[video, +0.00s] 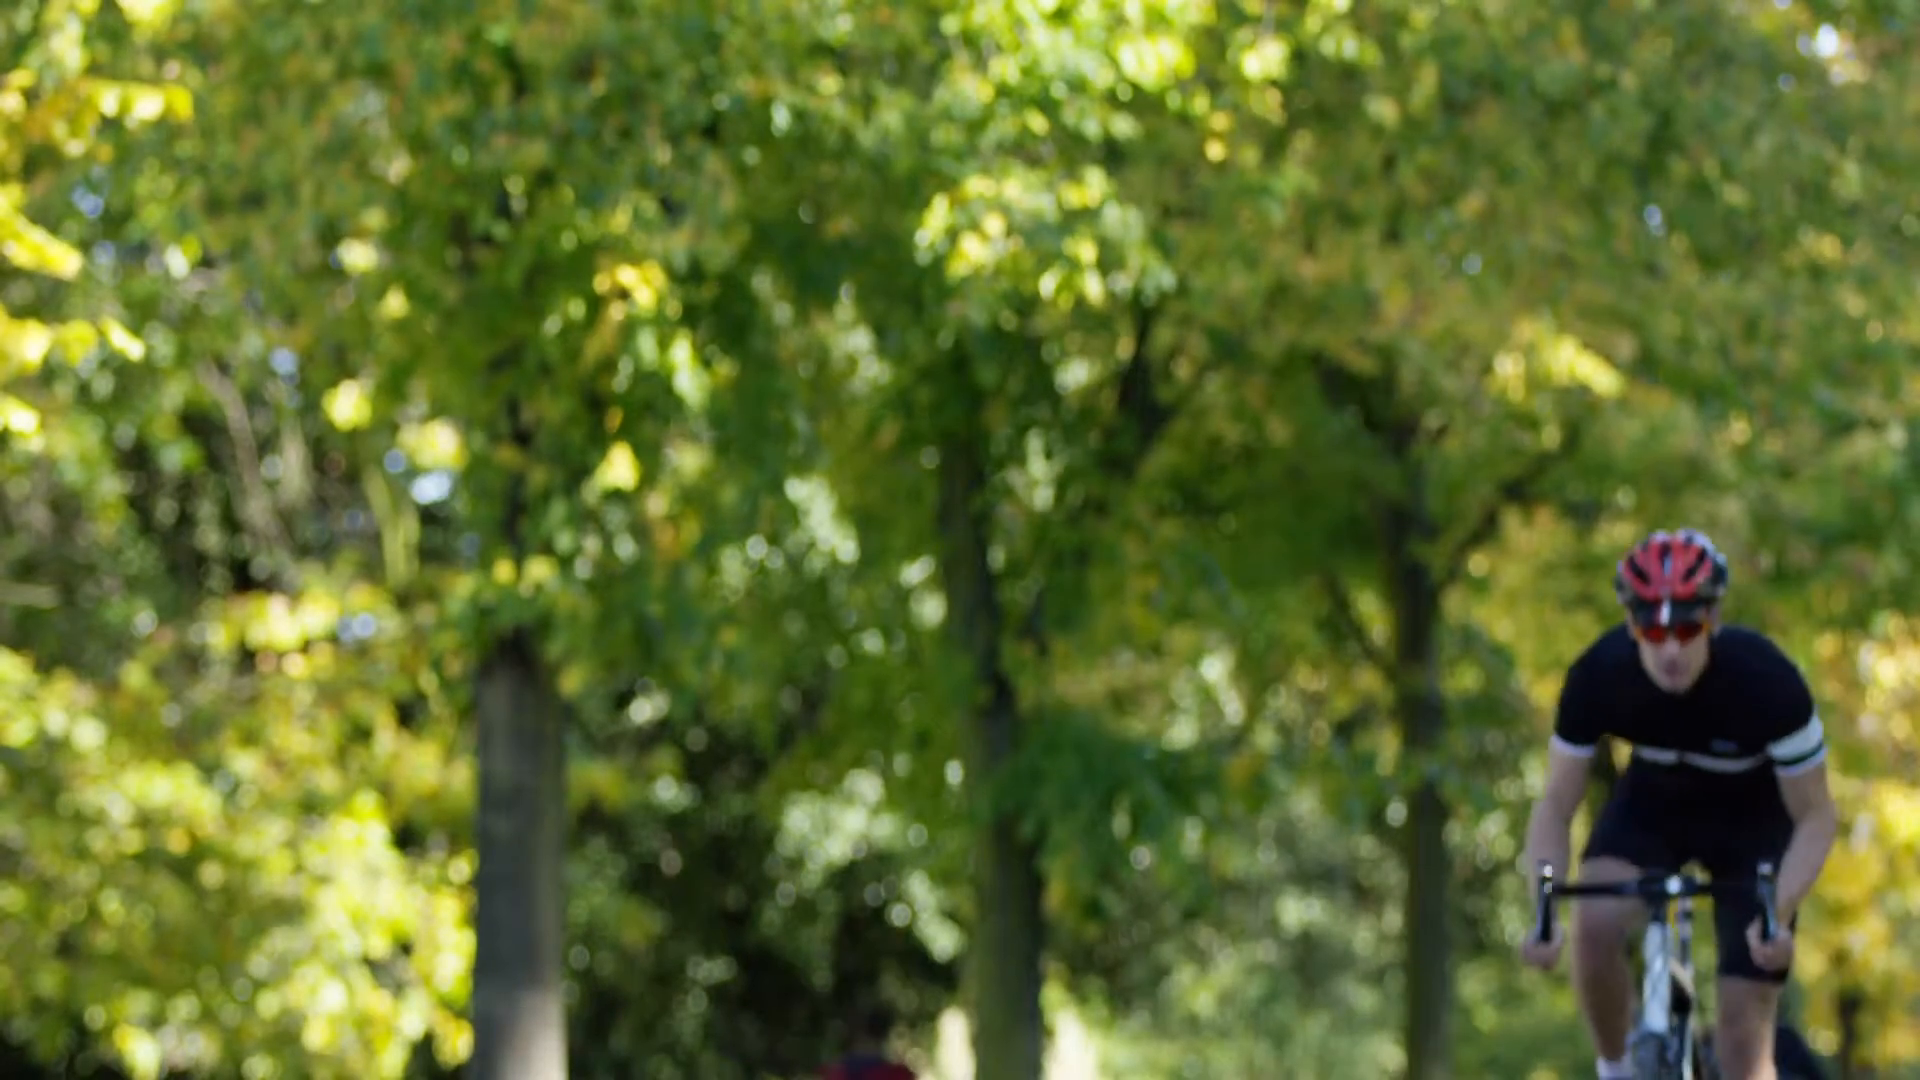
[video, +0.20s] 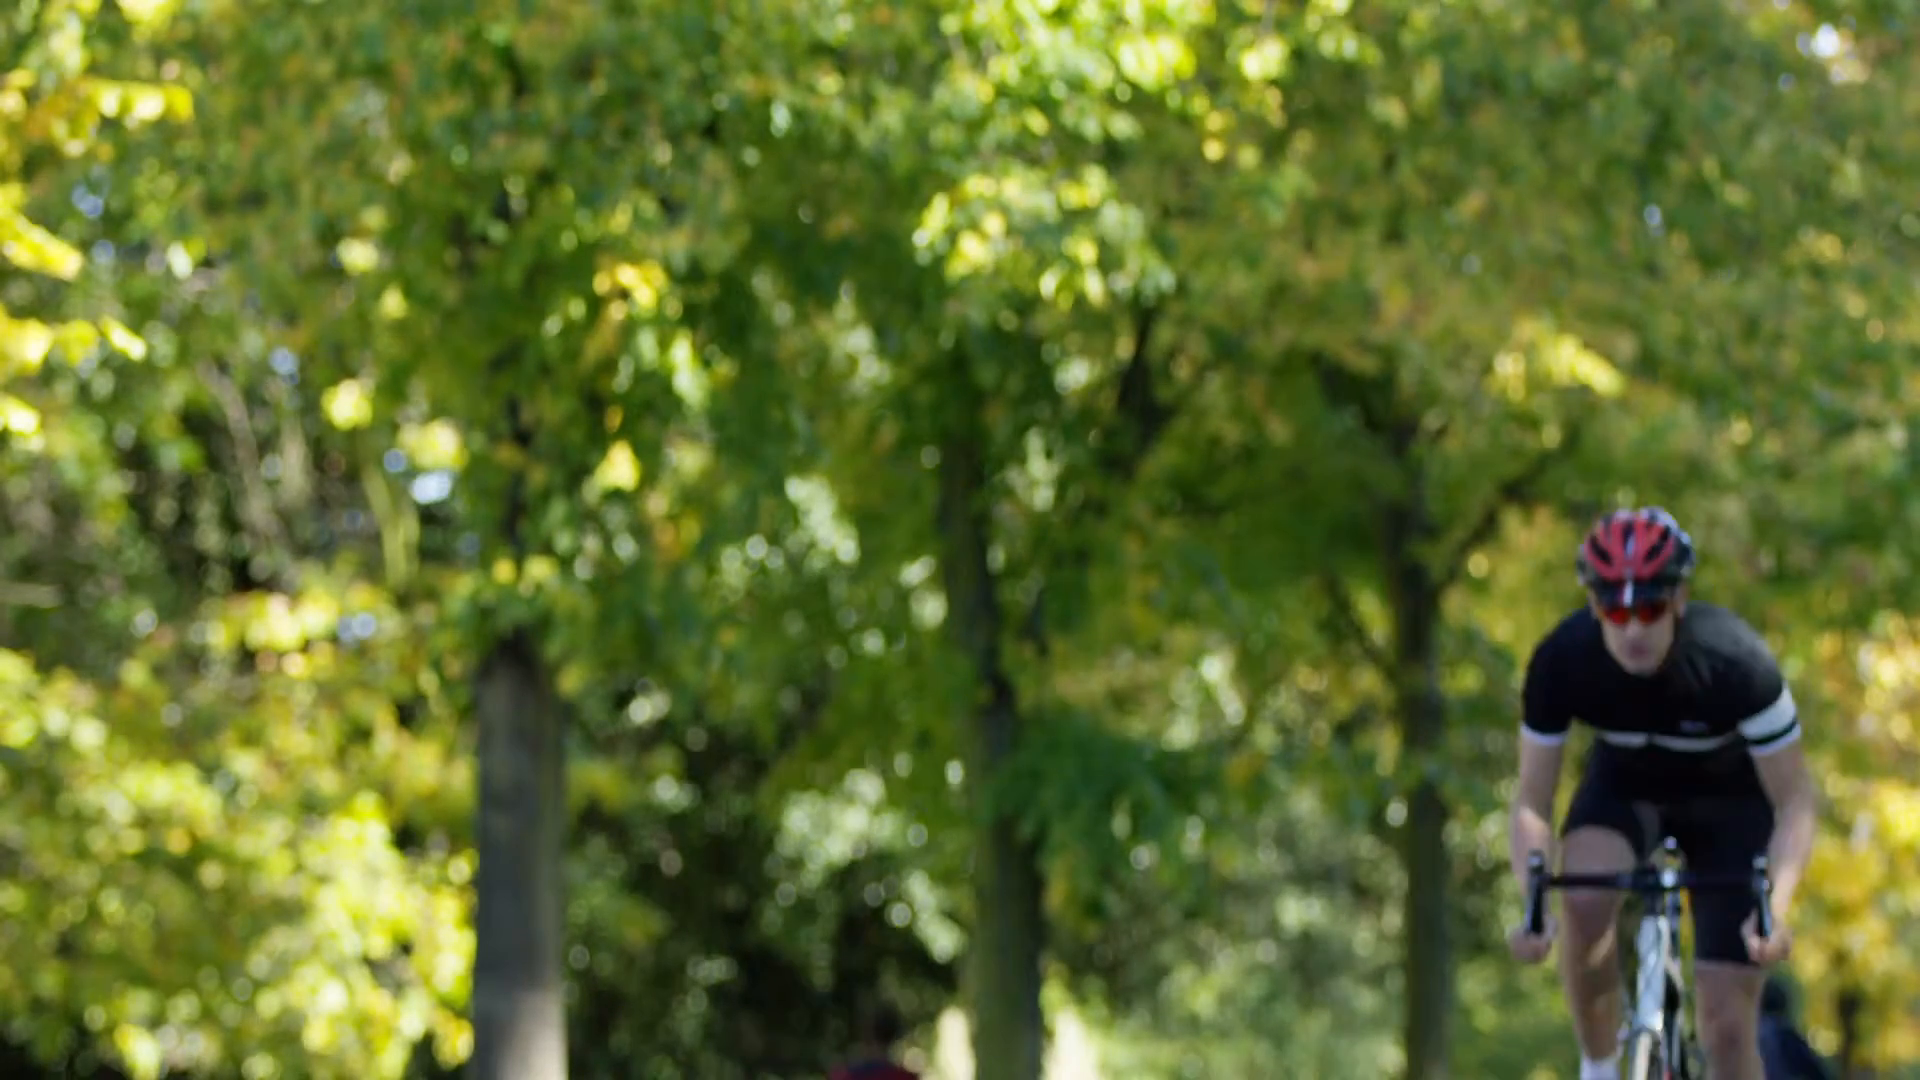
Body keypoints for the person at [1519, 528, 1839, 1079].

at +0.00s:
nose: (1672, 650)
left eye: (1688, 631)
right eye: (1654, 633)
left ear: (1714, 620)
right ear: (1631, 625)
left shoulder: (1765, 677)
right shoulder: (1597, 676)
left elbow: (1816, 813)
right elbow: (1556, 807)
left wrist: (1779, 912)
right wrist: (1543, 912)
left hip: (1751, 806)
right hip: (1651, 796)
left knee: (1746, 1029)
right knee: (1595, 924)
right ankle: (1614, 1069)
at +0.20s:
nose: (1635, 631)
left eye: (1652, 612)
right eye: (1617, 613)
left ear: (1680, 599)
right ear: (1594, 605)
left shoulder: (1735, 661)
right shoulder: (1561, 663)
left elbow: (1794, 796)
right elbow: (1533, 800)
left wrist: (1777, 902)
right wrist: (1533, 904)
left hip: (1728, 793)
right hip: (1622, 782)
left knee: (1728, 1023)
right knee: (1583, 901)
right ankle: (1599, 1070)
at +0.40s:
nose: (1603, 610)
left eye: (1621, 590)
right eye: (1585, 592)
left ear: (1650, 577)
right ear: (1563, 584)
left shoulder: (1703, 633)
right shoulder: (1526, 644)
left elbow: (1773, 776)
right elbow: (1513, 788)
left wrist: (1774, 897)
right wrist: (1529, 888)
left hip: (1703, 773)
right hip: (1594, 771)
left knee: (1719, 995)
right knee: (1579, 907)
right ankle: (1591, 1074)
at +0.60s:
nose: (1576, 594)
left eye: (1595, 574)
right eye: (1559, 575)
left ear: (1627, 561)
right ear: (1537, 568)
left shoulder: (1677, 621)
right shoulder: (1494, 634)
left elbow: (1753, 769)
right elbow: (1491, 778)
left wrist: (1768, 898)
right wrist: (1525, 877)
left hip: (1675, 755)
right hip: (1564, 763)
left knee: (1712, 974)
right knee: (1572, 924)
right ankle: (1569, 1071)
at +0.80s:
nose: (1557, 581)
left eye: (1576, 560)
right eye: (1539, 562)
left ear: (1608, 549)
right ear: (1515, 556)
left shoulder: (1651, 614)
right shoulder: (1468, 627)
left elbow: (1732, 762)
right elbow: (1466, 771)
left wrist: (1757, 881)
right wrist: (1507, 869)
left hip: (1651, 759)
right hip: (1537, 769)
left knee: (1698, 945)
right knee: (1551, 968)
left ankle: (1714, 1074)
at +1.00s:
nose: (1542, 567)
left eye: (1560, 547)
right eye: (1523, 548)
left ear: (1589, 539)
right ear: (1497, 541)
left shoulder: (1630, 603)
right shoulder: (1447, 613)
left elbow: (1706, 752)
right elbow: (1435, 762)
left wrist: (1729, 878)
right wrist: (1471, 864)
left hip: (1626, 748)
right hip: (1510, 763)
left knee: (1666, 901)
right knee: (1529, 982)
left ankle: (1687, 1060)